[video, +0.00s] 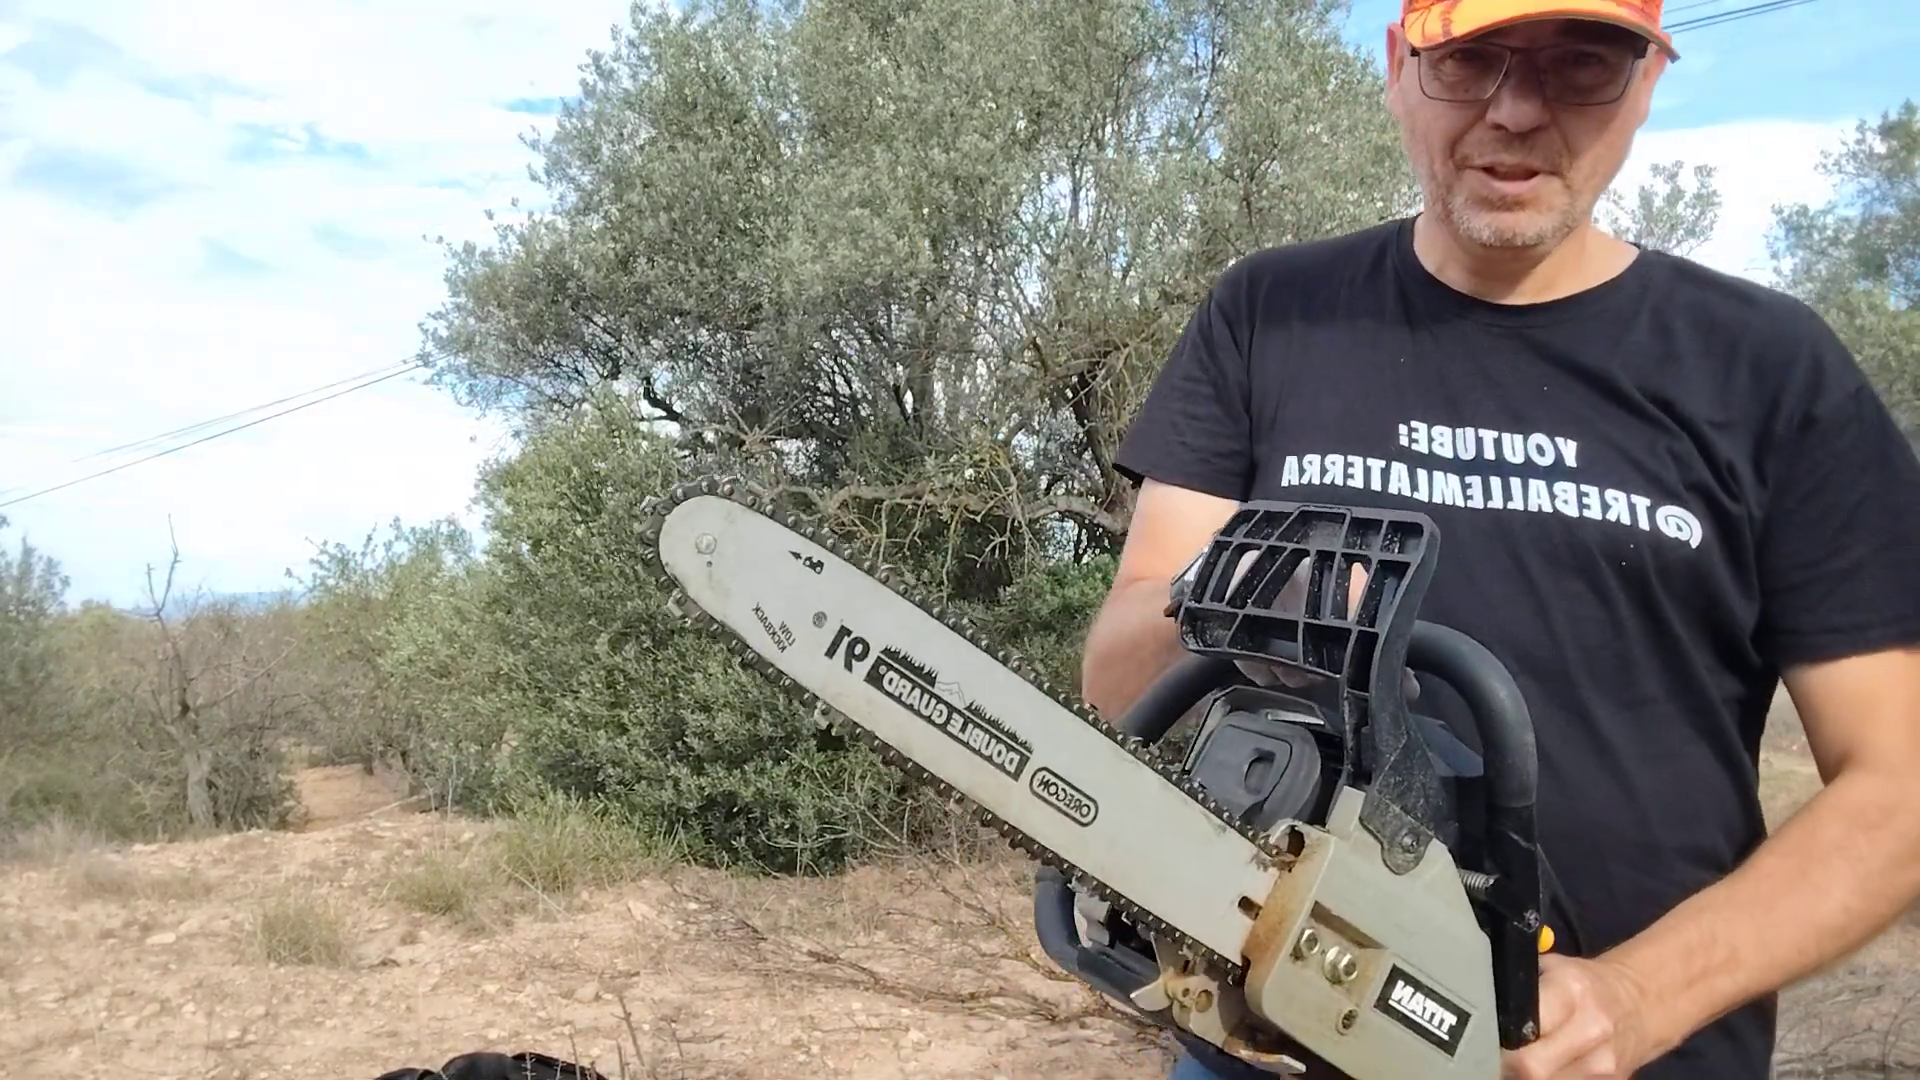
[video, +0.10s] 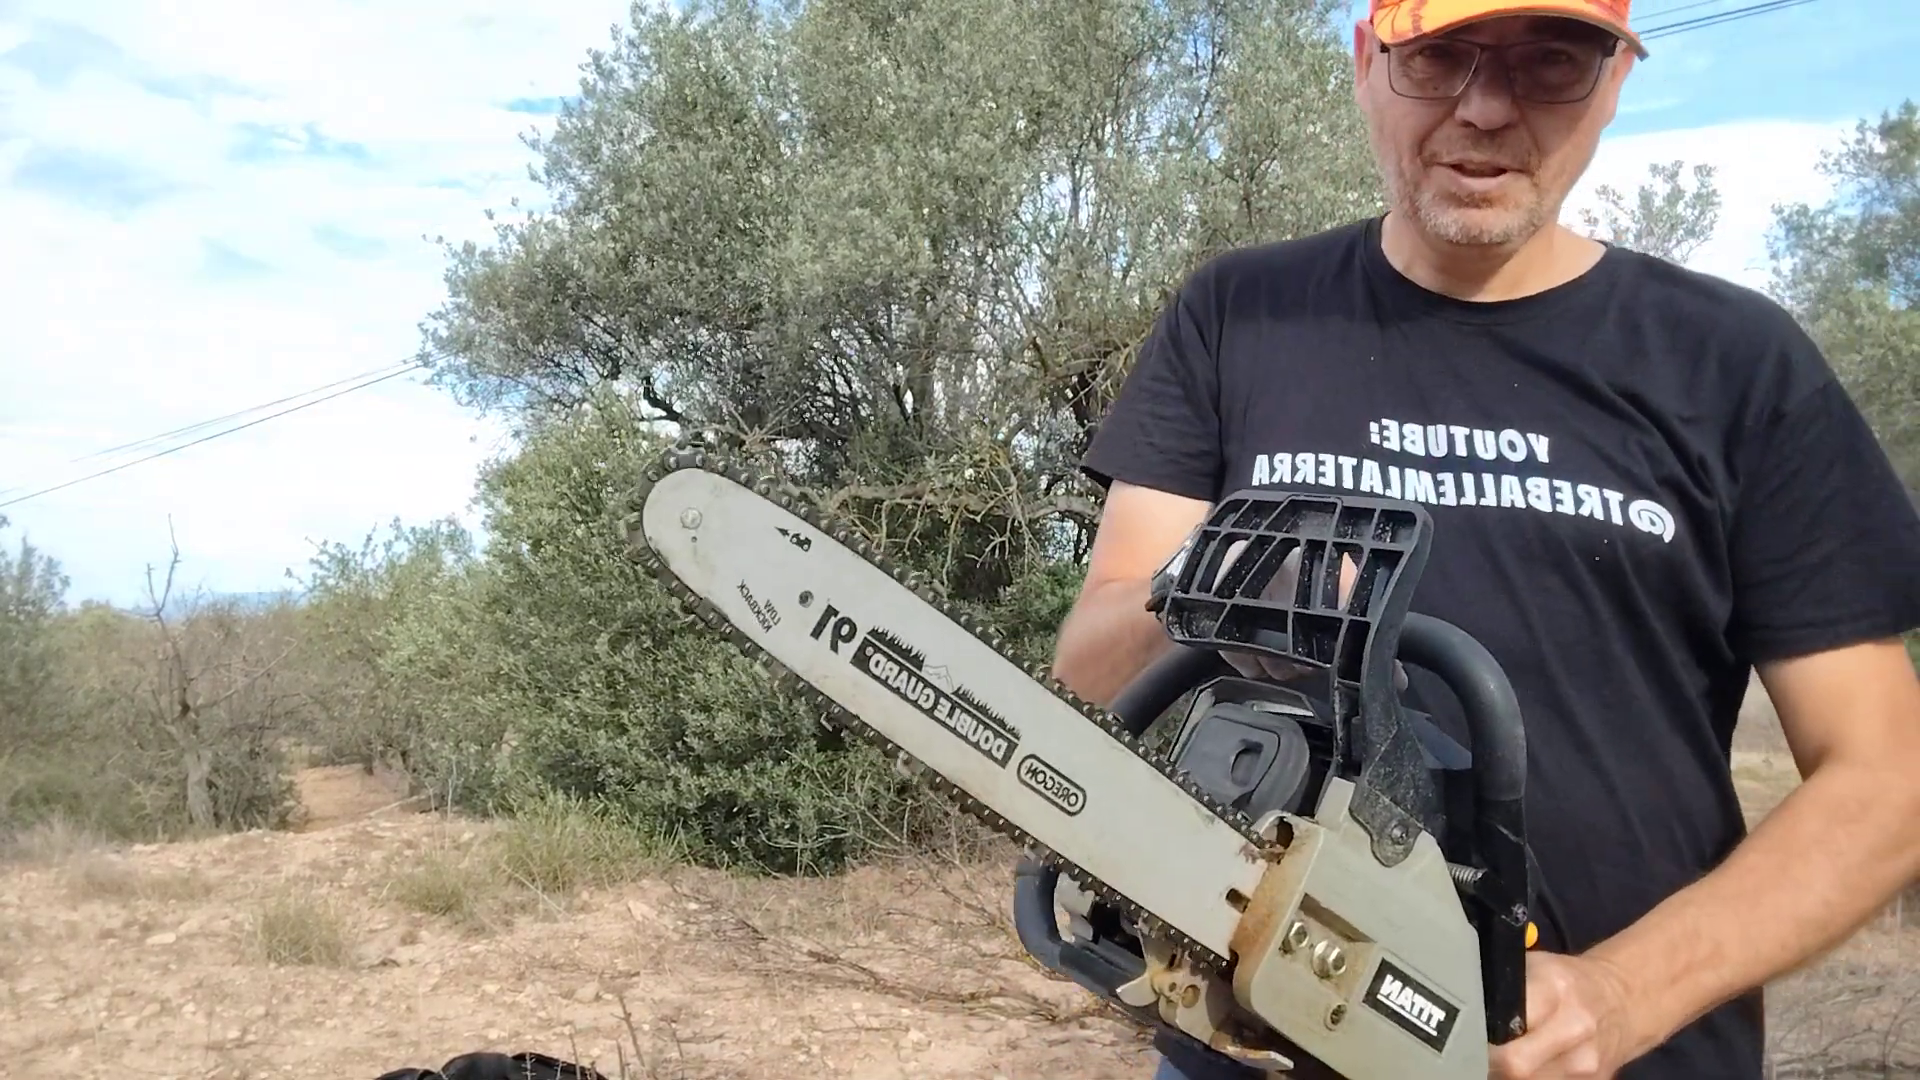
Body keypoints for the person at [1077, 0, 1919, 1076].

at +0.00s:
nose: (1517, 112)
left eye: (1578, 62)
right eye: (1471, 60)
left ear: (1649, 80)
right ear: (1399, 70)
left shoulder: (1772, 368)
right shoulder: (1262, 317)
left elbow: (1896, 785)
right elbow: (1113, 682)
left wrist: (1634, 998)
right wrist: (1255, 592)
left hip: (1644, 1051)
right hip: (1275, 1030)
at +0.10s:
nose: (1487, 107)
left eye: (1549, 60)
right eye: (1442, 54)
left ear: (1617, 76)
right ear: (1367, 64)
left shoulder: (1741, 363)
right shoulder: (1231, 316)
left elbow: (1884, 778)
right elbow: (1090, 664)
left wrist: (1615, 997)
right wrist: (1242, 593)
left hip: (1626, 1048)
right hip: (1254, 1028)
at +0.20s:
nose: (1447, 109)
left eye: (1511, 62)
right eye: (1404, 52)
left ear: (1571, 84)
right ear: (1326, 66)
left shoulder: (1697, 358)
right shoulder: (1194, 315)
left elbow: (1859, 771)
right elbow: (1059, 653)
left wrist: (1590, 996)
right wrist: (1194, 592)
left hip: (1596, 1045)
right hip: (1227, 1029)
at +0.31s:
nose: (1403, 107)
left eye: (1465, 63)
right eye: (1359, 52)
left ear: (1523, 86)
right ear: (1283, 63)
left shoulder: (1647, 356)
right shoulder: (1150, 317)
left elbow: (1806, 771)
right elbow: (1020, 643)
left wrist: (1557, 1000)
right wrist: (1170, 586)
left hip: (1552, 1046)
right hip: (1191, 1029)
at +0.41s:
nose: (1359, 106)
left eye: (1418, 64)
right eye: (1315, 55)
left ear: (1478, 85)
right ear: (1236, 64)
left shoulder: (1598, 357)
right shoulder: (1104, 319)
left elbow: (1752, 764)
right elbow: (980, 642)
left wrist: (1534, 996)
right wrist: (1140, 580)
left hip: (1502, 1039)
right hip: (1155, 1021)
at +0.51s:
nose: (1318, 109)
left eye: (1376, 66)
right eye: (1272, 59)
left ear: (1438, 84)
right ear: (1198, 75)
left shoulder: (1563, 362)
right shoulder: (1075, 319)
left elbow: (1715, 772)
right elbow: (964, 633)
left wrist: (1510, 997)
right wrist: (1119, 582)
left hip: (1492, 1043)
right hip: (1134, 1030)